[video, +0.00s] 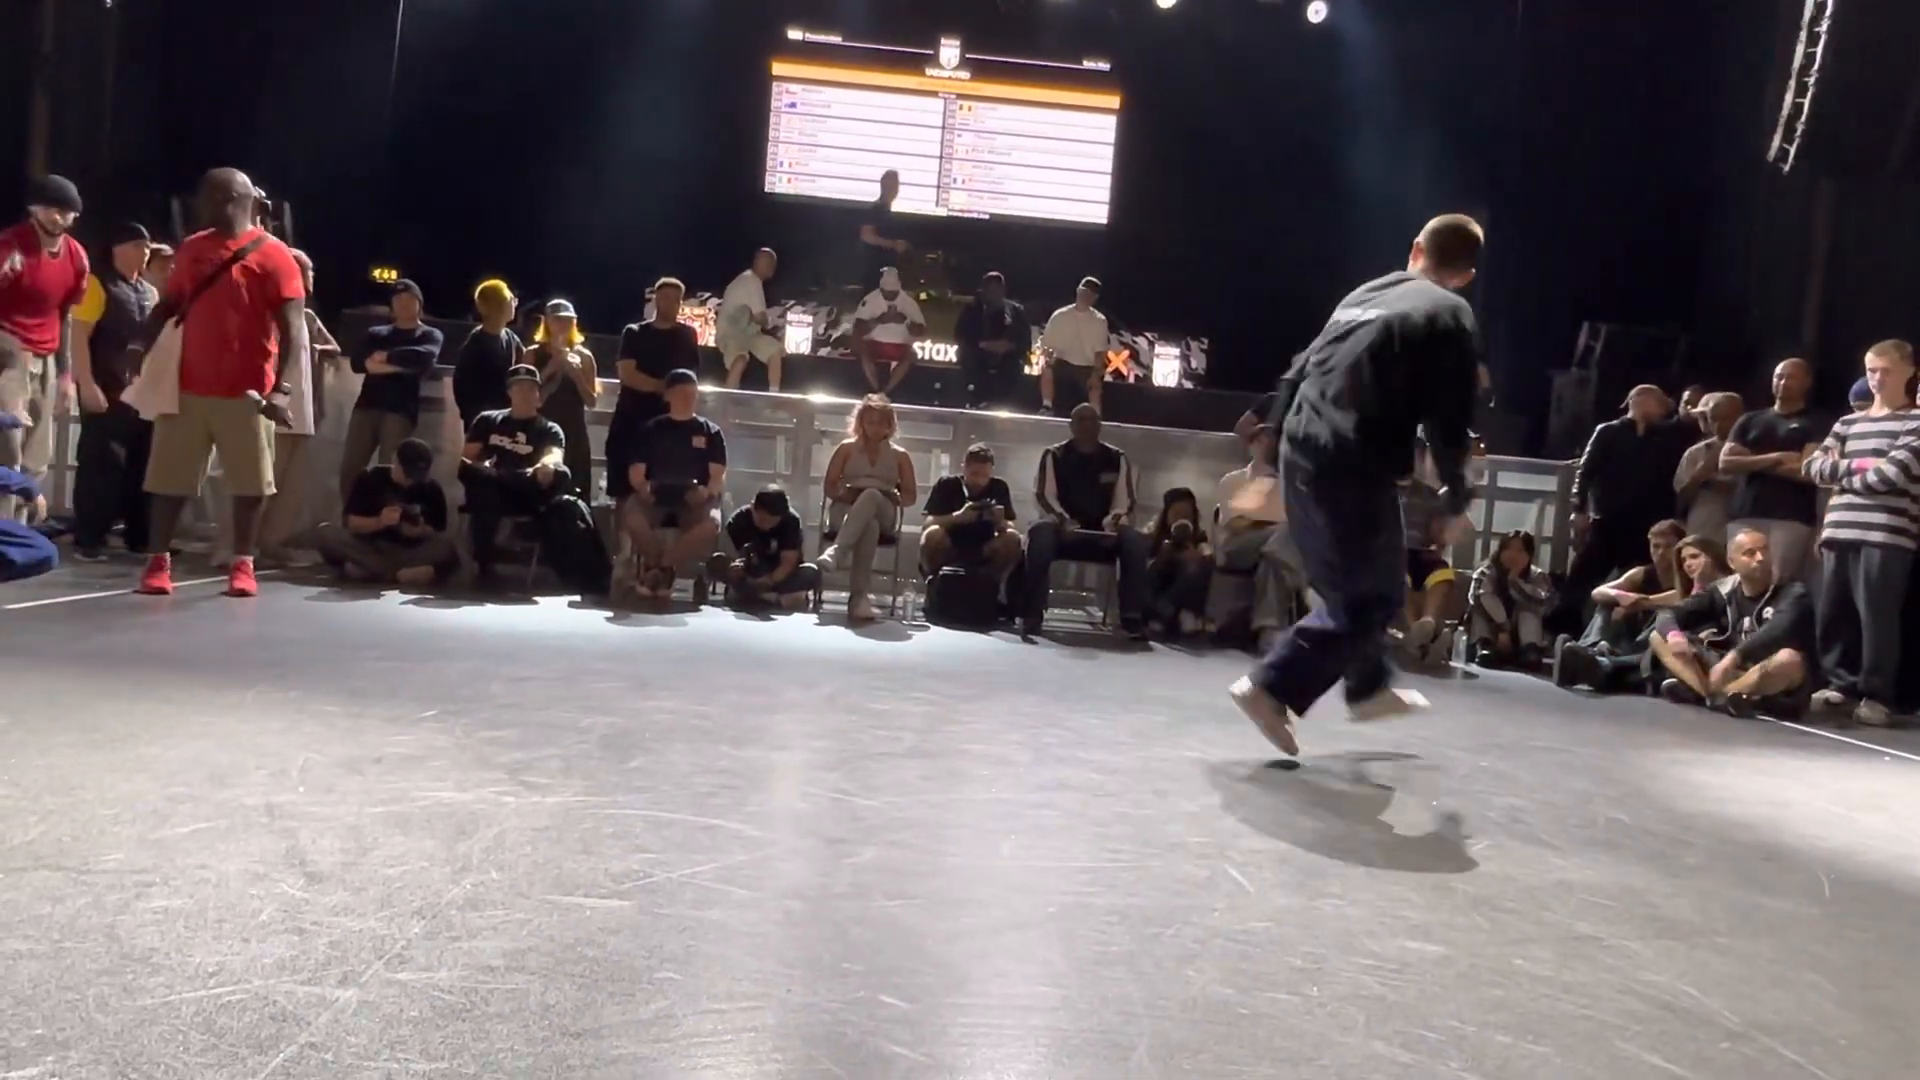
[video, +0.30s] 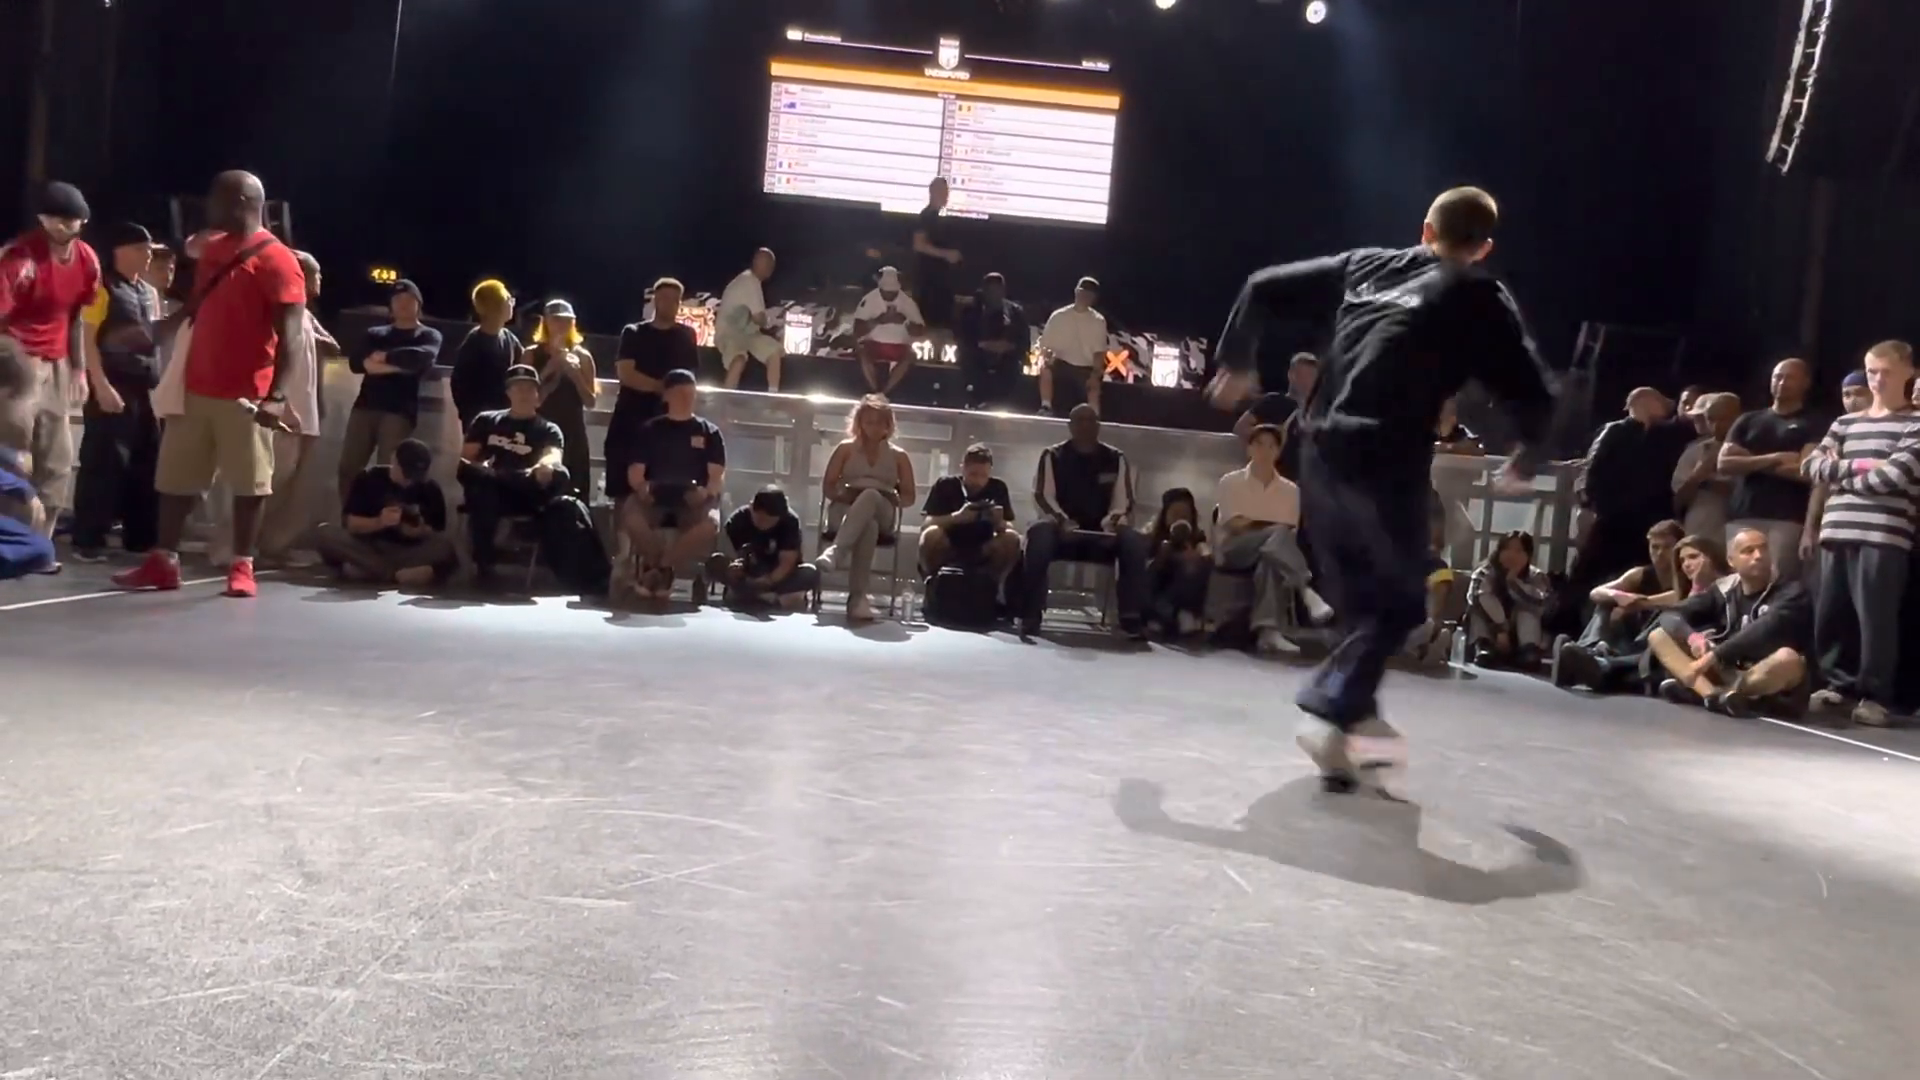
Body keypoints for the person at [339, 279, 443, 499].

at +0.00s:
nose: (403, 304)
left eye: (408, 299)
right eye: (398, 300)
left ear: (419, 305)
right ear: (392, 306)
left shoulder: (431, 334)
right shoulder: (376, 332)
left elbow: (424, 359)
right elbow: (358, 364)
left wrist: (385, 356)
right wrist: (401, 366)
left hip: (400, 411)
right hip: (367, 408)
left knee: (389, 472)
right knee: (350, 468)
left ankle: (384, 525)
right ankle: (349, 524)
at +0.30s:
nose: (403, 305)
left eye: (408, 300)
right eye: (398, 300)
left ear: (418, 305)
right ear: (391, 306)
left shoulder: (430, 335)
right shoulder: (376, 333)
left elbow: (422, 360)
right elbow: (356, 363)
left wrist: (383, 356)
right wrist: (399, 366)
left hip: (399, 410)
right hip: (366, 406)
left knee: (390, 470)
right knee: (349, 467)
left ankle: (385, 523)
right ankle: (350, 522)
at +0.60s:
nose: (403, 304)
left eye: (408, 299)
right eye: (398, 300)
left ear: (418, 304)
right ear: (391, 305)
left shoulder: (431, 335)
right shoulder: (375, 333)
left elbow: (423, 360)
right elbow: (357, 364)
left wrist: (384, 357)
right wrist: (401, 366)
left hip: (400, 411)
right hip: (367, 407)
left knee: (389, 471)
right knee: (349, 467)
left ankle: (384, 525)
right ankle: (350, 525)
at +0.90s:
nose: (402, 305)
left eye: (408, 300)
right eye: (398, 301)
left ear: (418, 305)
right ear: (391, 306)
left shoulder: (430, 335)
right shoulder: (374, 333)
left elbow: (423, 359)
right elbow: (356, 365)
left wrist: (384, 357)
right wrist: (399, 366)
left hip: (399, 413)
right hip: (365, 409)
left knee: (389, 474)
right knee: (349, 469)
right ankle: (350, 526)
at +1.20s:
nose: (403, 305)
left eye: (408, 300)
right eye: (398, 301)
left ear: (418, 305)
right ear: (391, 306)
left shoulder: (430, 335)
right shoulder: (374, 333)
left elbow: (424, 359)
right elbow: (356, 364)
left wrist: (384, 356)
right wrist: (399, 366)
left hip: (398, 412)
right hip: (365, 409)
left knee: (388, 472)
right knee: (348, 467)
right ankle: (349, 522)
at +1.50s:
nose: (403, 303)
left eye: (408, 299)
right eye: (398, 299)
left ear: (418, 305)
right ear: (391, 306)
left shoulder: (430, 335)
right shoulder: (375, 333)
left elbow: (422, 360)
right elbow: (356, 363)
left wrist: (383, 355)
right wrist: (398, 367)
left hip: (399, 413)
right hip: (366, 409)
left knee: (390, 473)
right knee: (348, 469)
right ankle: (349, 522)